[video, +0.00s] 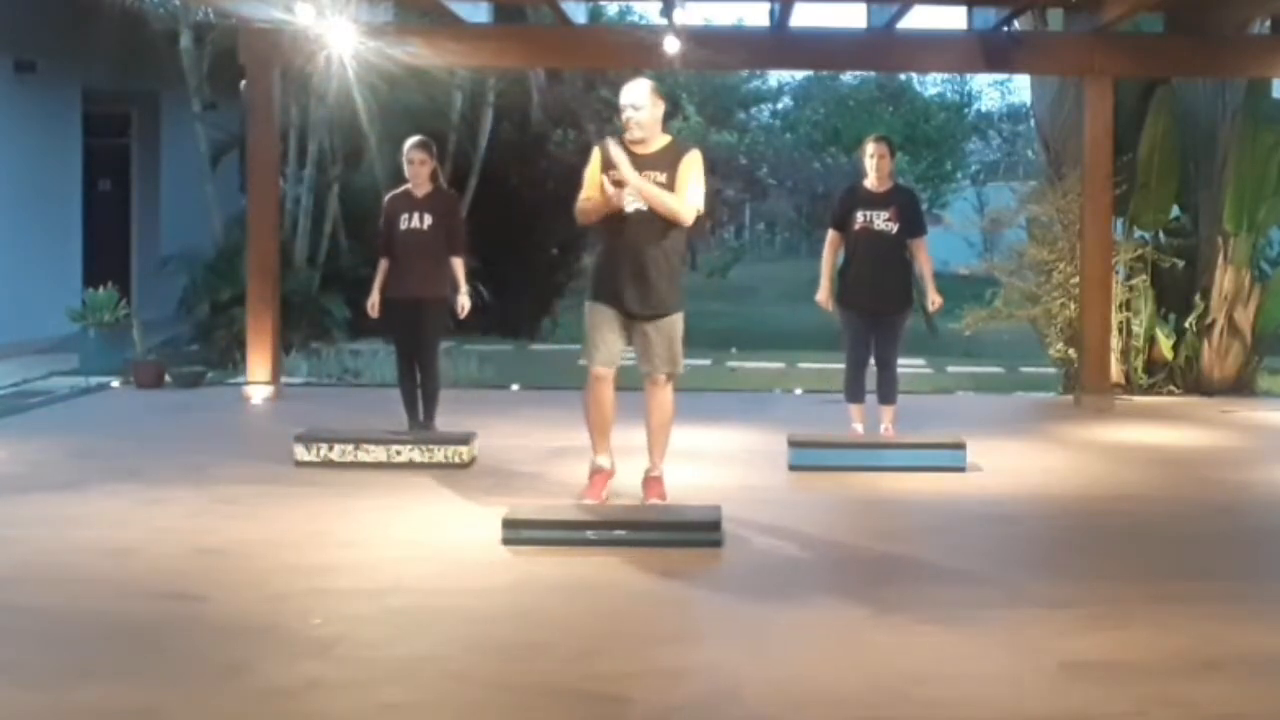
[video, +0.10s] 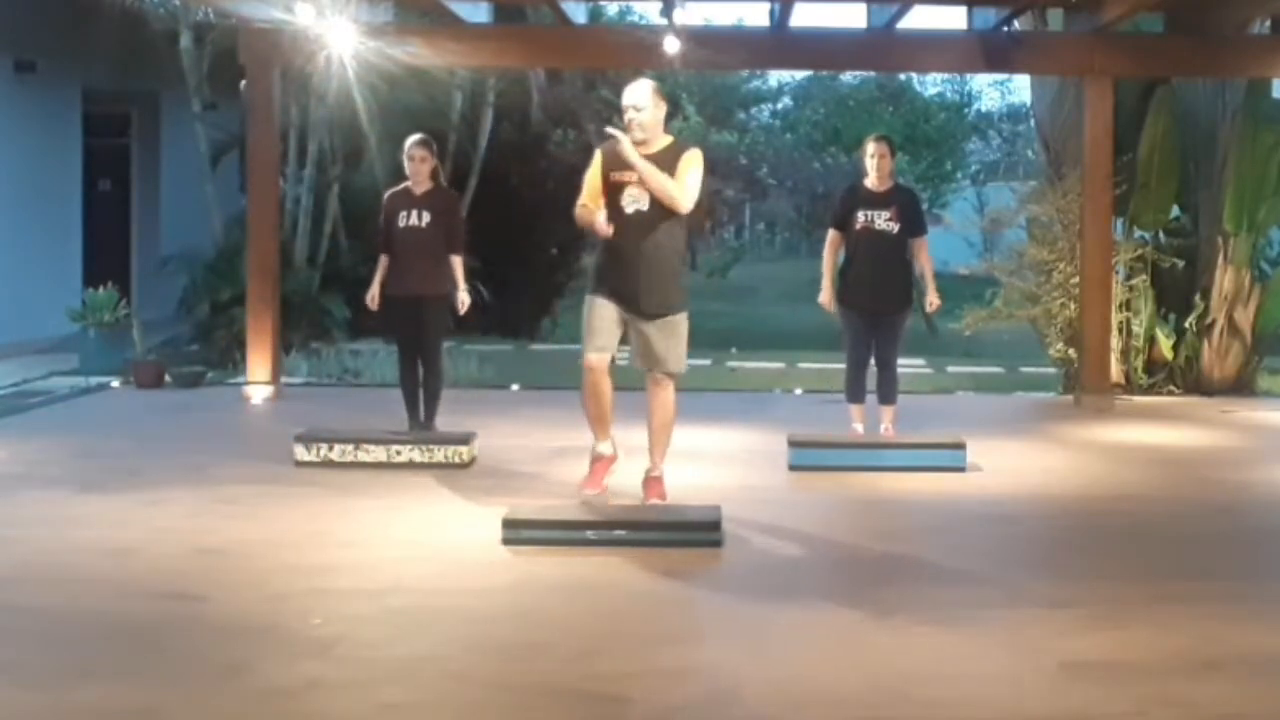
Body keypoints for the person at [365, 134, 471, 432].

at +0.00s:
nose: (415, 168)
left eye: (421, 162)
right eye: (410, 162)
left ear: (433, 164)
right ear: (404, 165)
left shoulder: (447, 200)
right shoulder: (393, 201)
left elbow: (455, 249)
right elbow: (386, 251)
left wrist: (462, 289)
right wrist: (376, 290)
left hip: (433, 295)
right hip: (399, 295)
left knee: (428, 359)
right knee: (405, 361)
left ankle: (428, 421)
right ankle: (413, 421)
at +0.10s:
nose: (416, 165)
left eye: (422, 159)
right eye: (411, 159)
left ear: (433, 162)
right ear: (404, 163)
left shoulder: (448, 199)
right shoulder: (392, 199)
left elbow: (455, 248)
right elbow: (386, 248)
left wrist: (461, 287)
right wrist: (376, 283)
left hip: (434, 293)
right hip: (400, 292)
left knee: (431, 357)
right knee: (407, 358)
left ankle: (429, 420)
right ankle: (413, 420)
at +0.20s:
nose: (417, 164)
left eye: (424, 159)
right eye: (412, 158)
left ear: (434, 163)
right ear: (405, 162)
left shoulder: (447, 199)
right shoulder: (392, 199)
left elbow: (456, 246)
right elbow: (384, 248)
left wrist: (463, 284)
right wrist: (372, 282)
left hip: (437, 292)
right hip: (402, 293)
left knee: (433, 358)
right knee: (408, 358)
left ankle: (430, 421)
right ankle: (414, 421)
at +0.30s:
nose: (418, 165)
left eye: (425, 160)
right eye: (413, 159)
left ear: (435, 163)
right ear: (405, 162)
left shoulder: (448, 200)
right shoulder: (393, 200)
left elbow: (457, 246)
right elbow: (384, 249)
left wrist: (464, 282)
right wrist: (369, 283)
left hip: (437, 293)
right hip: (403, 293)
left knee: (433, 358)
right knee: (409, 359)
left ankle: (430, 421)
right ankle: (414, 421)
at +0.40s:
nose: (419, 166)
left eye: (426, 160)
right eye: (414, 159)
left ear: (436, 164)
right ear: (407, 163)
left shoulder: (451, 200)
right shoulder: (395, 201)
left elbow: (458, 247)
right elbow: (385, 250)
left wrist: (463, 281)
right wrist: (372, 286)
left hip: (439, 294)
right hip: (404, 294)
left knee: (435, 360)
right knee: (409, 360)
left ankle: (432, 423)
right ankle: (414, 422)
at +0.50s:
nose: (422, 164)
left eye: (428, 159)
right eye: (417, 158)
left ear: (439, 163)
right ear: (409, 163)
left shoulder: (453, 200)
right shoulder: (398, 200)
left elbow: (461, 245)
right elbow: (390, 250)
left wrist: (464, 280)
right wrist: (380, 286)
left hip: (441, 294)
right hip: (407, 294)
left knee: (437, 361)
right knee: (411, 360)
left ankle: (432, 421)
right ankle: (414, 419)